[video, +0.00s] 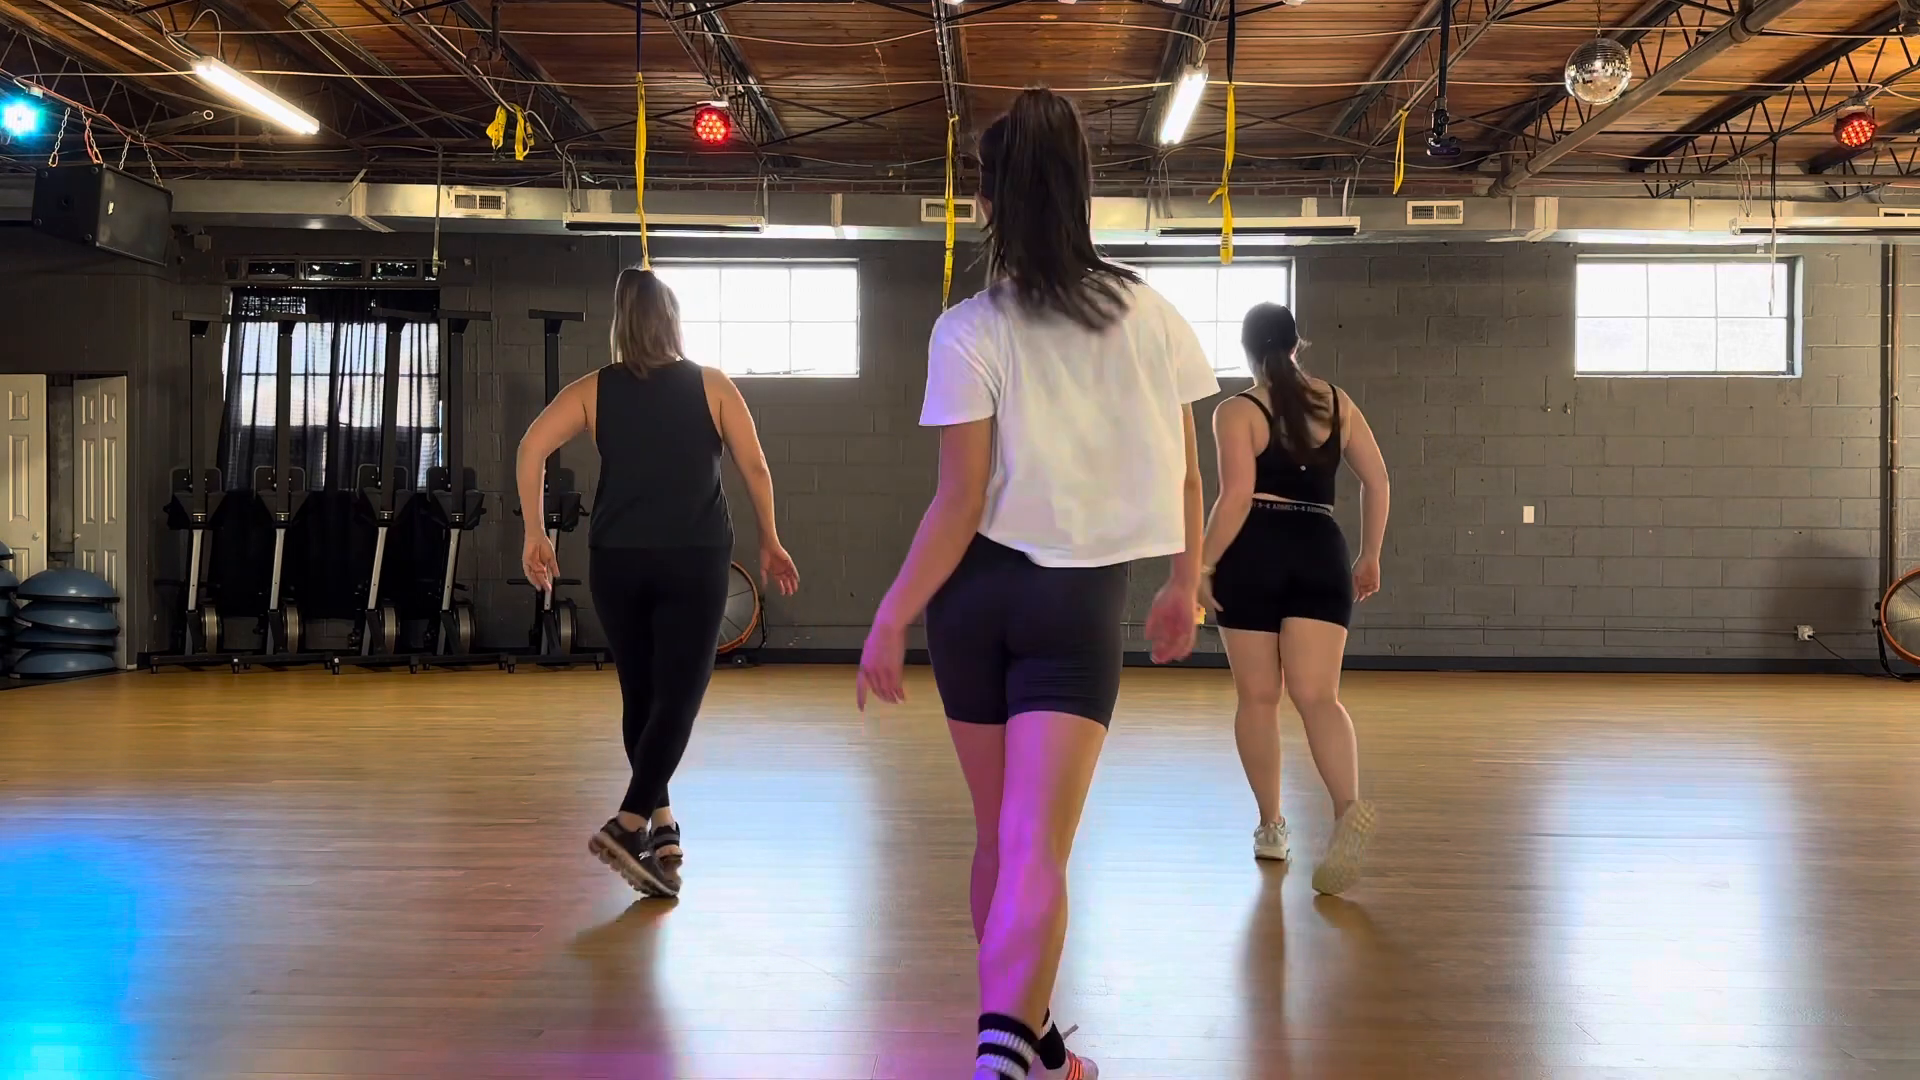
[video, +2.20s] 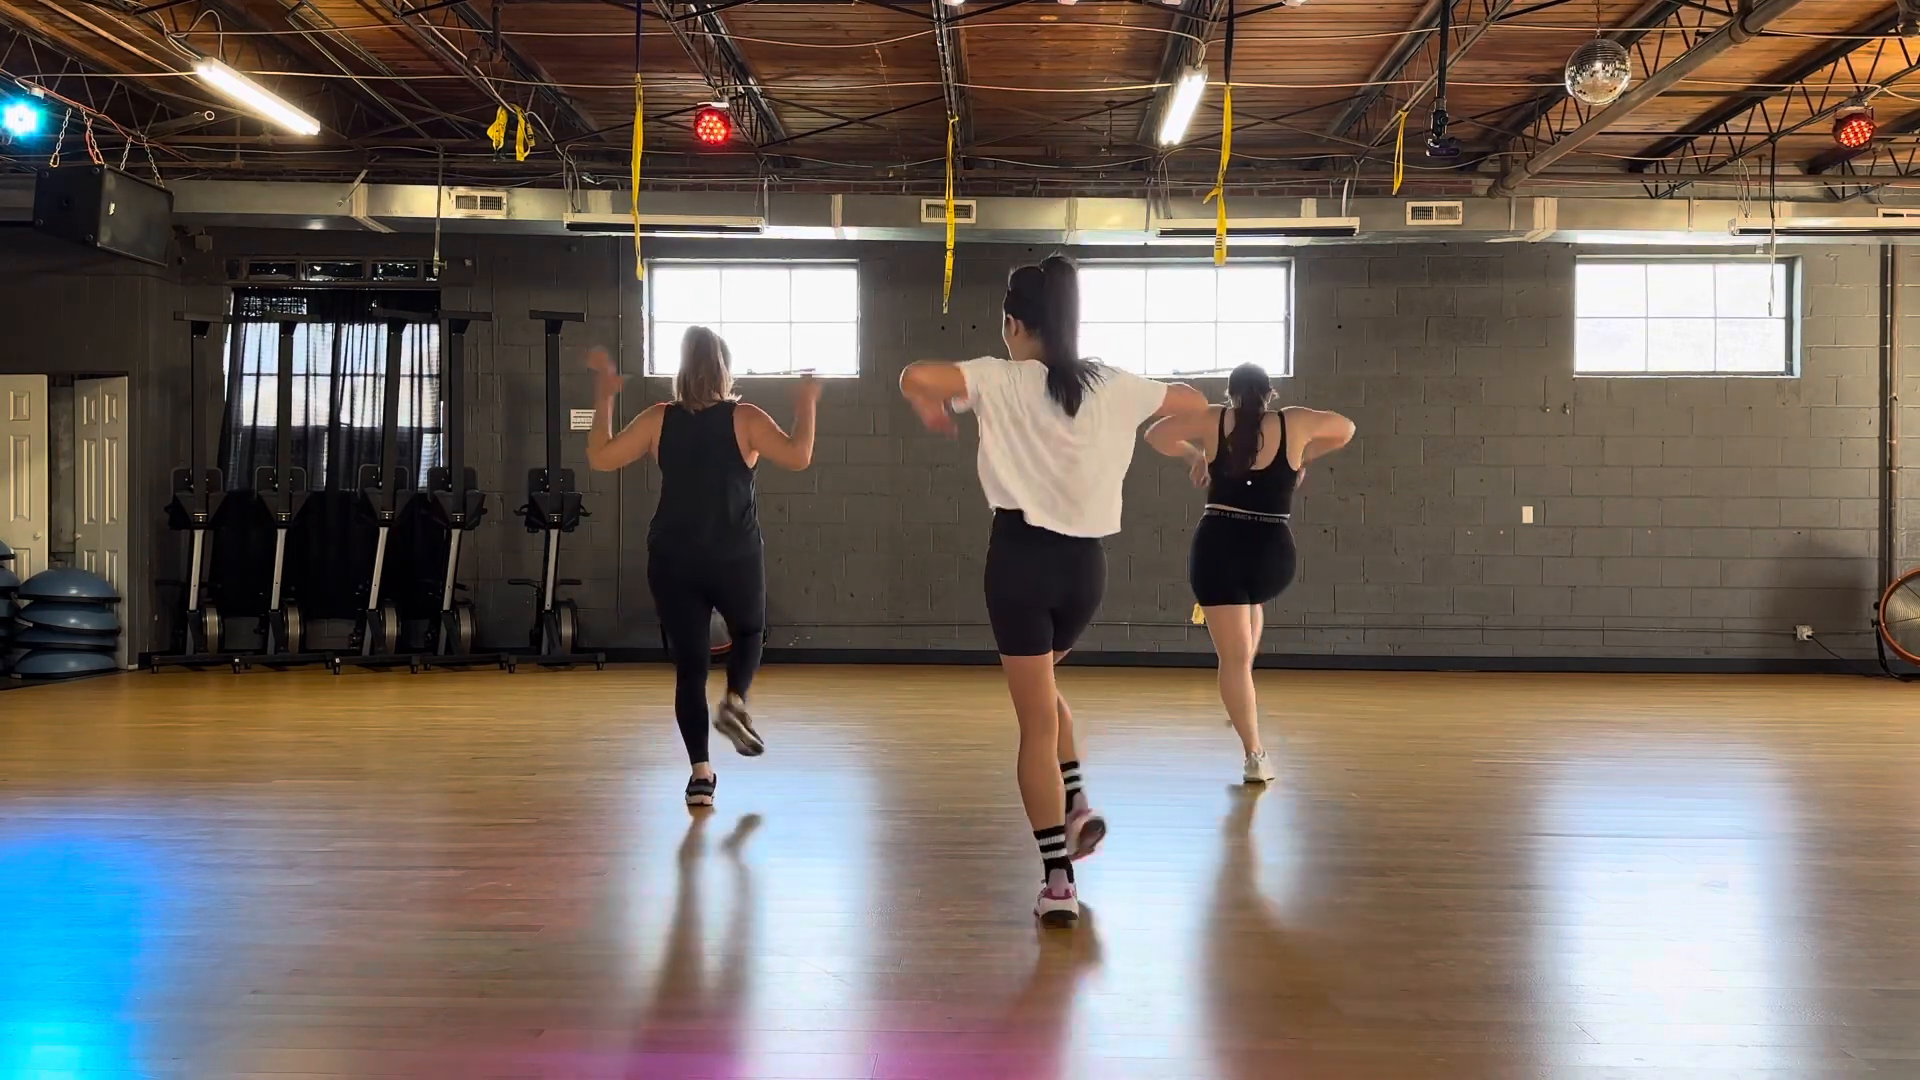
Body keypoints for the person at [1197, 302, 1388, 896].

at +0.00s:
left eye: (1250, 343)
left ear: (1249, 350)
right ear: (1297, 345)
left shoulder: (1238, 410)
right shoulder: (1335, 402)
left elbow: (1238, 493)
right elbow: (1377, 479)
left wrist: (1204, 566)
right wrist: (1371, 554)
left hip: (1252, 553)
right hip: (1321, 552)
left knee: (1258, 696)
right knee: (1318, 694)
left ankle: (1271, 823)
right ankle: (1350, 812)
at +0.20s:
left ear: (1235, 353)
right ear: (1285, 348)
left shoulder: (1217, 421)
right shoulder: (1326, 399)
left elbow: (1193, 500)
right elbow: (1374, 471)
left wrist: (1152, 537)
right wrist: (1379, 546)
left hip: (1245, 555)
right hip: (1316, 555)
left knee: (1254, 694)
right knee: (1309, 682)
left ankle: (1270, 822)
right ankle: (1318, 746)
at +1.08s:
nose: (1295, 375)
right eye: (1299, 367)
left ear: (1256, 372)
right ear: (1302, 373)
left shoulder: (1228, 415)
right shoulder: (1327, 428)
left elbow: (1199, 486)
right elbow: (1344, 507)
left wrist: (1196, 546)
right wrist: (1352, 570)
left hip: (1245, 558)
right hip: (1310, 560)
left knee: (1242, 669)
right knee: (1290, 675)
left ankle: (1239, 744)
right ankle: (1276, 784)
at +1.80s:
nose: (1242, 393)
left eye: (1234, 385)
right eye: (1260, 382)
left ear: (1228, 389)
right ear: (1268, 386)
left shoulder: (1212, 444)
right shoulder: (1302, 434)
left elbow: (1194, 509)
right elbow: (1334, 498)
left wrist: (1153, 543)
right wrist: (1381, 533)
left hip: (1234, 557)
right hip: (1293, 555)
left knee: (1245, 664)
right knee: (1287, 661)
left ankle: (1254, 756)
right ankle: (1278, 741)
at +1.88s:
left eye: (1226, 387)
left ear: (1224, 391)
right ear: (1264, 386)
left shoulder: (1207, 445)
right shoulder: (1298, 436)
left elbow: (1180, 504)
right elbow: (1340, 483)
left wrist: (1151, 496)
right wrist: (1397, 481)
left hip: (1232, 559)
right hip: (1288, 559)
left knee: (1242, 663)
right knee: (1294, 659)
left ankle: (1254, 757)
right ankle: (1286, 722)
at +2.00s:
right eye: (1263, 383)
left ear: (1226, 390)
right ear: (1265, 389)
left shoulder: (1210, 436)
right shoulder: (1295, 435)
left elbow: (1181, 472)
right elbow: (1357, 460)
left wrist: (1172, 424)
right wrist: (1362, 412)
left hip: (1223, 550)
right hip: (1279, 550)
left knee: (1238, 659)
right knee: (1292, 633)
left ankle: (1255, 756)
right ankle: (1291, 693)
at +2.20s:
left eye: (1233, 390)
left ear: (1231, 393)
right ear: (1270, 392)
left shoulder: (1212, 420)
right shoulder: (1296, 422)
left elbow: (1154, 433)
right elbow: (1344, 428)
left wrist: (1191, 454)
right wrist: (1302, 456)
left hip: (1217, 544)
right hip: (1271, 549)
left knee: (1235, 661)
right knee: (1254, 601)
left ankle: (1254, 755)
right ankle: (1240, 677)